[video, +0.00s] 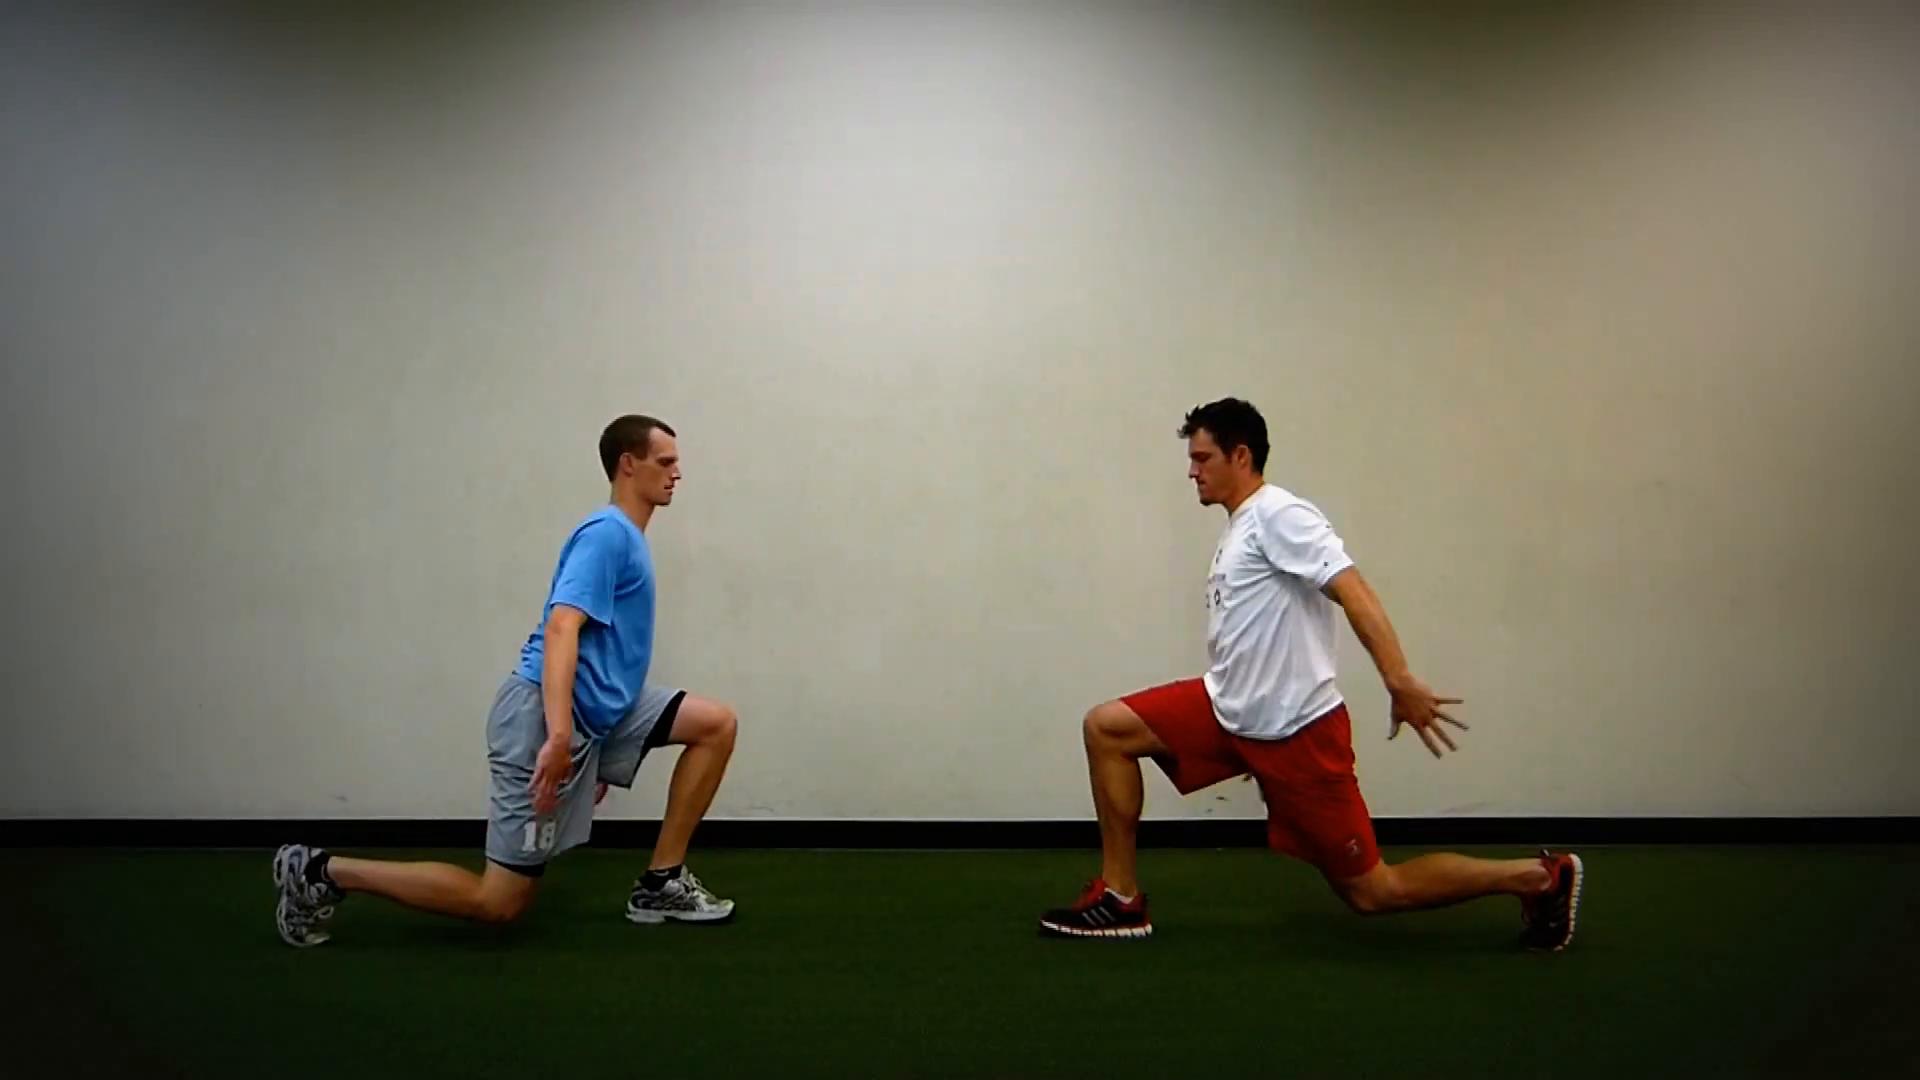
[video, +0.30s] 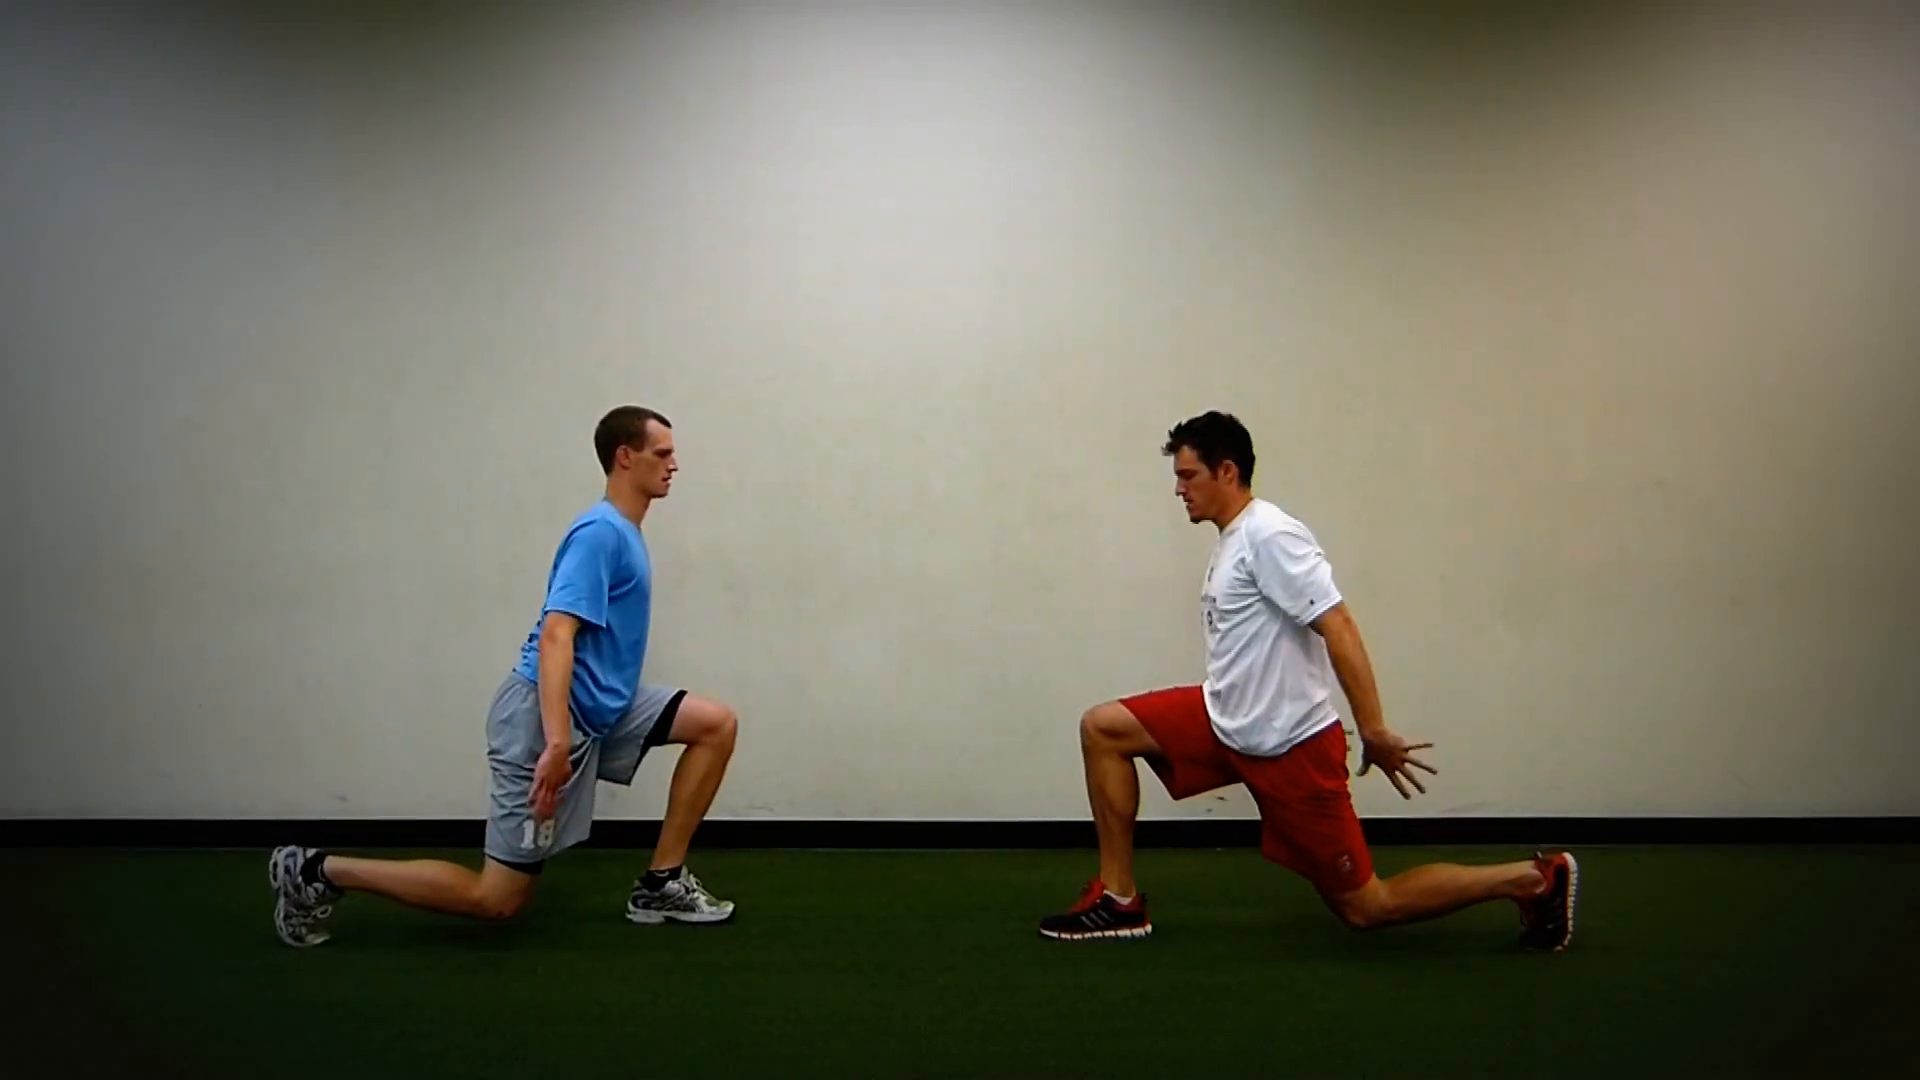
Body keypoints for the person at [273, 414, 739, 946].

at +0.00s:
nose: (676, 474)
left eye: (677, 464)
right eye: (666, 464)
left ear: (637, 466)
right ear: (628, 465)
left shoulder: (629, 539)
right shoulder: (606, 536)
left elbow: (607, 648)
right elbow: (562, 629)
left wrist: (605, 751)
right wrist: (561, 734)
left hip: (600, 703)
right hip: (543, 713)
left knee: (715, 727)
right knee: (500, 901)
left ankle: (663, 883)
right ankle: (320, 873)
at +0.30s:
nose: (673, 466)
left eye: (673, 455)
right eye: (663, 455)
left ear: (632, 459)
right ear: (625, 458)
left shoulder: (625, 533)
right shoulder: (599, 535)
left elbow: (581, 635)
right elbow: (557, 637)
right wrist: (558, 742)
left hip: (599, 701)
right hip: (542, 712)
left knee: (715, 726)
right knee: (499, 898)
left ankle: (663, 882)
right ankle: (315, 871)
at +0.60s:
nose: (677, 468)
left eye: (676, 457)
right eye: (666, 458)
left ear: (635, 464)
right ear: (628, 463)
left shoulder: (630, 538)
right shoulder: (603, 540)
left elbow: (586, 641)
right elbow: (548, 643)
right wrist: (527, 746)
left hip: (607, 707)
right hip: (552, 722)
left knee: (718, 727)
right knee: (499, 902)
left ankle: (663, 884)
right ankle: (317, 872)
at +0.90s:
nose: (675, 465)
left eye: (673, 454)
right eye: (664, 456)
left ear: (635, 466)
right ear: (627, 465)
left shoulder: (631, 537)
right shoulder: (604, 540)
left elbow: (591, 639)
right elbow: (552, 641)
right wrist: (533, 749)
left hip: (606, 704)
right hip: (548, 719)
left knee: (716, 727)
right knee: (496, 898)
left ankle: (663, 885)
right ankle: (311, 872)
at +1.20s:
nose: (669, 266)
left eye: (668, 257)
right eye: (658, 257)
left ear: (644, 275)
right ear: (627, 271)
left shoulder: (655, 333)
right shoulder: (617, 325)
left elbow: (711, 264)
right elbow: (687, 242)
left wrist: (745, 189)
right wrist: (726, 153)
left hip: (606, 555)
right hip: (557, 543)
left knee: (641, 701)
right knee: (465, 696)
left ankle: (659, 870)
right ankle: (345, 835)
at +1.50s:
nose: (680, 210)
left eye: (681, 198)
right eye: (667, 196)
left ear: (665, 211)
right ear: (632, 200)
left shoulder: (660, 255)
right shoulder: (615, 246)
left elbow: (725, 215)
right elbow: (669, 170)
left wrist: (781, 164)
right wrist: (732, 77)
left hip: (590, 471)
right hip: (585, 470)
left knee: (535, 633)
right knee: (630, 644)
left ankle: (408, 747)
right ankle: (601, 822)